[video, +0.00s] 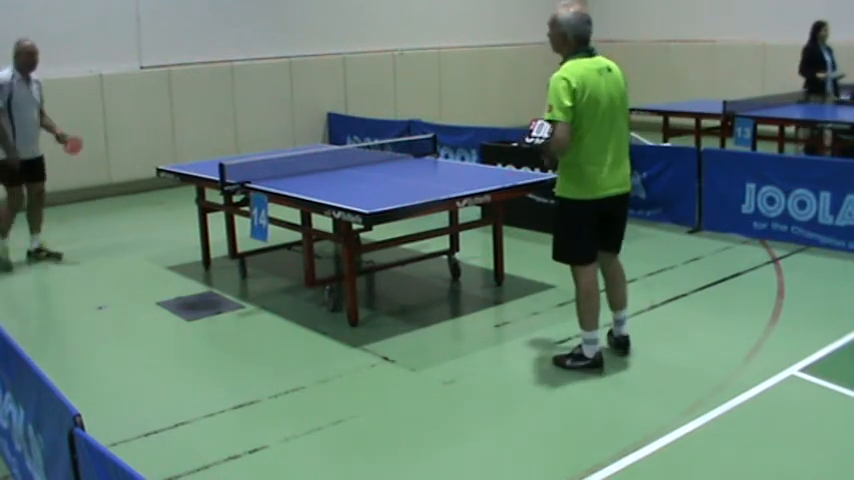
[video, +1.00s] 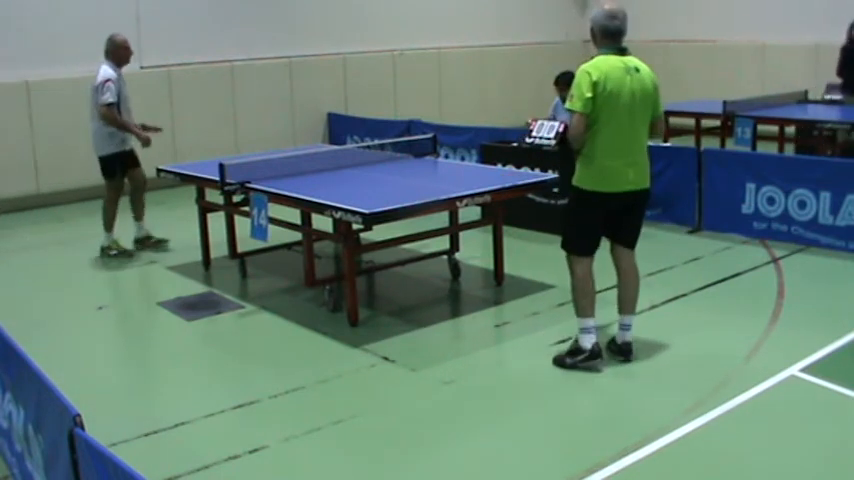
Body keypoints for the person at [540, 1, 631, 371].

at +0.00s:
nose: (547, 35)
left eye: (550, 30)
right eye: (549, 29)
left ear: (564, 36)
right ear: (585, 35)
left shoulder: (564, 79)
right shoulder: (614, 70)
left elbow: (560, 139)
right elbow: (621, 124)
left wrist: (545, 154)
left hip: (580, 192)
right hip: (617, 187)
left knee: (583, 268)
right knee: (610, 257)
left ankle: (590, 348)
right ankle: (621, 332)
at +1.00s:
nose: (591, 38)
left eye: (591, 33)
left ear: (593, 35)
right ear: (624, 34)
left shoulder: (588, 72)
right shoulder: (646, 73)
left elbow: (576, 132)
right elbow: (658, 130)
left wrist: (574, 144)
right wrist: (624, 125)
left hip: (593, 185)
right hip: (636, 184)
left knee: (580, 259)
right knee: (625, 252)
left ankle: (587, 343)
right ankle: (625, 338)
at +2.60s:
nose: (558, 42)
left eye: (558, 37)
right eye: (559, 37)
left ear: (565, 38)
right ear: (592, 36)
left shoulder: (570, 75)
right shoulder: (615, 68)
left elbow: (567, 134)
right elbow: (604, 113)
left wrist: (548, 159)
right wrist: (553, 104)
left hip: (580, 189)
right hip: (612, 186)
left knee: (581, 264)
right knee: (594, 253)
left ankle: (592, 347)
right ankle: (617, 325)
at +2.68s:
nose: (554, 43)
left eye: (554, 38)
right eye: (554, 38)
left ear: (562, 38)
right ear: (588, 36)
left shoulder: (570, 76)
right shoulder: (611, 68)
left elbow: (567, 136)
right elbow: (610, 121)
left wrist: (546, 161)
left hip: (580, 188)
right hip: (610, 185)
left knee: (579, 264)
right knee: (590, 252)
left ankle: (591, 347)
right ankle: (611, 320)